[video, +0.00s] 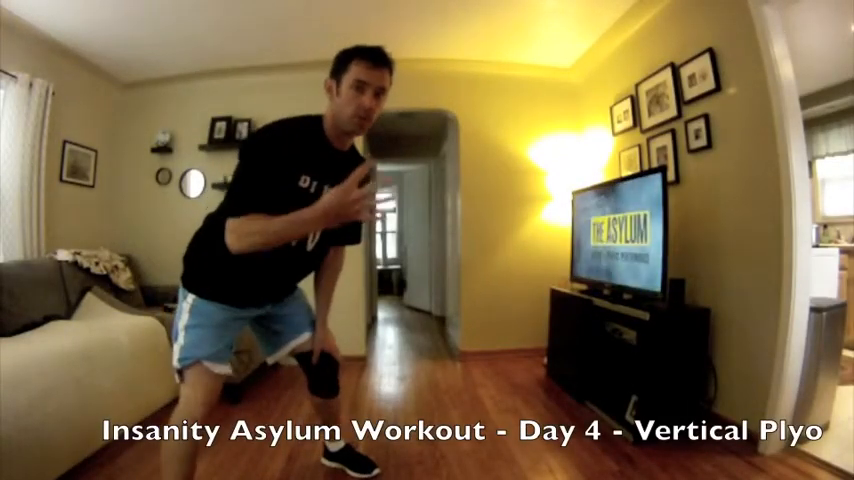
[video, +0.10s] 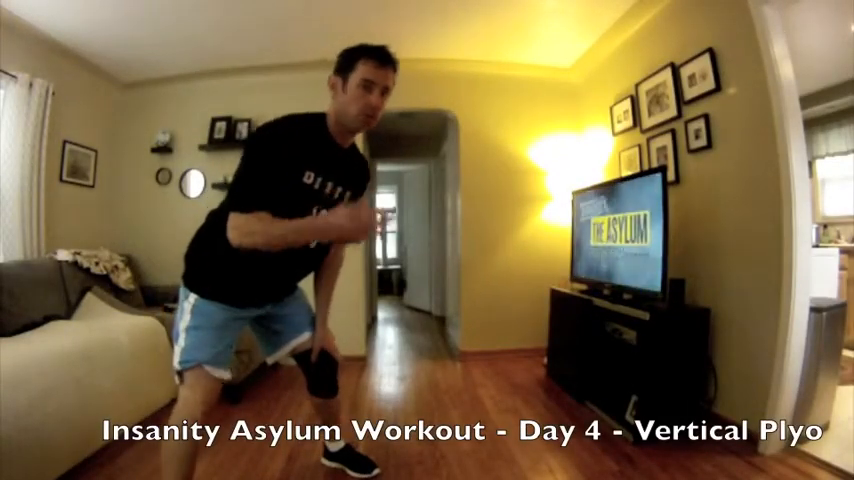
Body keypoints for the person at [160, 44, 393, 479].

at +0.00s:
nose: (369, 104)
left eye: (379, 95)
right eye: (360, 88)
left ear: (384, 102)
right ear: (331, 88)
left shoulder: (355, 170)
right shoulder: (273, 141)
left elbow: (334, 249)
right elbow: (237, 236)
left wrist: (321, 322)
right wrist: (324, 214)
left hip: (276, 285)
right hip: (216, 284)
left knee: (323, 365)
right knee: (201, 394)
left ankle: (335, 447)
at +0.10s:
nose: (376, 103)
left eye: (384, 94)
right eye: (367, 87)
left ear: (387, 100)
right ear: (336, 85)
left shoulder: (356, 170)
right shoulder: (277, 137)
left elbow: (334, 247)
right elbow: (241, 231)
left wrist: (321, 321)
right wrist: (334, 225)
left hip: (276, 285)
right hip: (217, 283)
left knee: (322, 365)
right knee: (201, 393)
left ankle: (335, 447)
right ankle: (174, 476)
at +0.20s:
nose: (391, 103)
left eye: (395, 92)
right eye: (385, 88)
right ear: (348, 80)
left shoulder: (355, 166)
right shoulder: (281, 132)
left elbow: (331, 246)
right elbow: (244, 221)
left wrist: (325, 317)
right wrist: (325, 254)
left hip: (281, 285)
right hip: (221, 281)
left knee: (324, 364)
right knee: (202, 392)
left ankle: (335, 447)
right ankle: (174, 474)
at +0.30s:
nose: (397, 102)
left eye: (399, 91)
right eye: (393, 88)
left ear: (367, 83)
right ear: (361, 78)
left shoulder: (356, 161)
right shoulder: (289, 125)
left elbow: (337, 239)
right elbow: (252, 209)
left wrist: (329, 301)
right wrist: (309, 285)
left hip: (294, 290)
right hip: (232, 284)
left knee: (331, 370)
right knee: (206, 397)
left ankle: (335, 447)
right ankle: (178, 473)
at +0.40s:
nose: (397, 99)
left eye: (399, 88)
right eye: (394, 85)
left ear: (369, 80)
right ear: (363, 76)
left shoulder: (357, 158)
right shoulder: (296, 121)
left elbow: (340, 237)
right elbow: (262, 201)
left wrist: (342, 308)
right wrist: (286, 297)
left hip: (304, 287)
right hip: (244, 284)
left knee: (339, 371)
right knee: (214, 397)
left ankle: (334, 447)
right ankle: (186, 473)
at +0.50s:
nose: (397, 92)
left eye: (399, 82)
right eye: (394, 80)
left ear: (369, 77)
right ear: (365, 72)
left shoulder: (360, 155)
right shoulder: (303, 117)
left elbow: (346, 235)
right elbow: (270, 201)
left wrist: (349, 302)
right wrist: (264, 295)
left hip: (317, 284)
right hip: (262, 285)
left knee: (346, 369)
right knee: (230, 393)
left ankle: (335, 447)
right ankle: (193, 474)